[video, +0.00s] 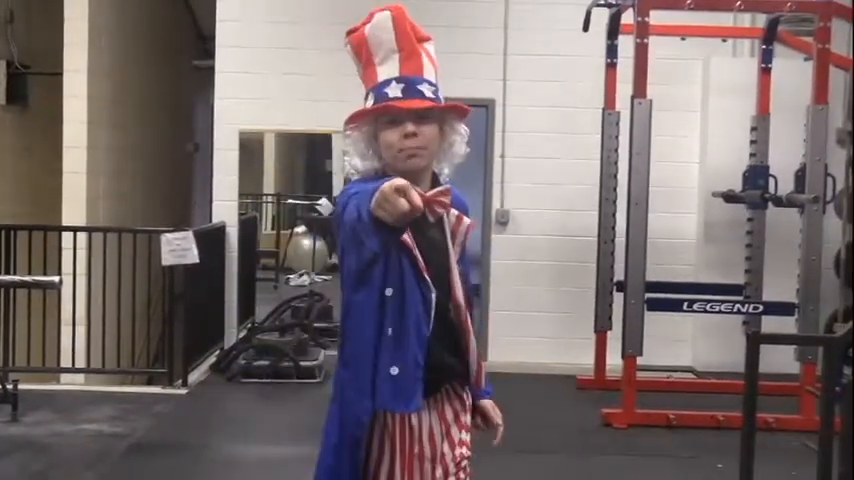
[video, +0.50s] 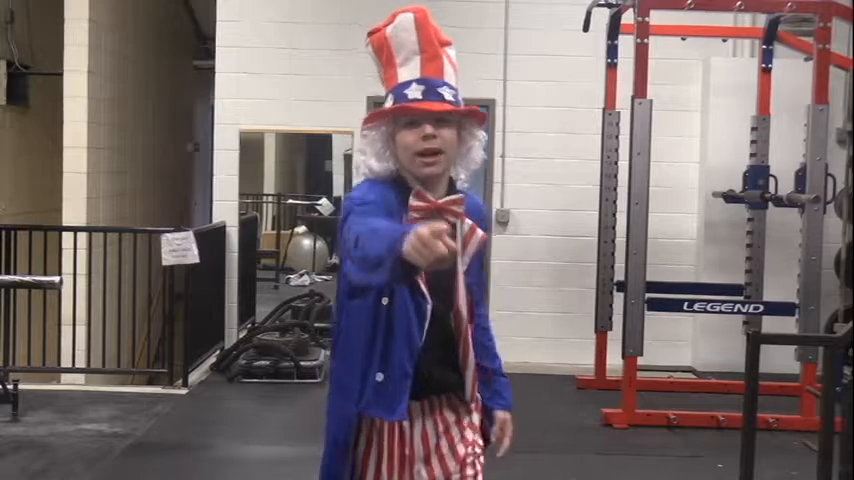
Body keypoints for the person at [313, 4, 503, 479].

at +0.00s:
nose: (409, 133)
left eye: (423, 120)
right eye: (392, 123)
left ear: (444, 132)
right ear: (372, 138)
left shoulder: (452, 206)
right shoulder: (359, 196)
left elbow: (462, 306)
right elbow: (360, 207)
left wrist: (478, 390)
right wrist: (385, 205)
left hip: (450, 404)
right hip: (389, 410)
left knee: (452, 473)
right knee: (392, 473)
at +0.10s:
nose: (410, 133)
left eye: (423, 120)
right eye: (393, 123)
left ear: (444, 132)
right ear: (373, 139)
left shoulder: (453, 206)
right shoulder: (359, 196)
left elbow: (464, 305)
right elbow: (356, 210)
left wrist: (477, 392)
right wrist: (381, 206)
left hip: (449, 402)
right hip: (387, 407)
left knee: (452, 474)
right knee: (391, 474)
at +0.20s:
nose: (411, 133)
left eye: (425, 120)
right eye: (394, 122)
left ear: (446, 132)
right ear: (374, 137)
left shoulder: (453, 207)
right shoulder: (360, 194)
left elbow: (466, 301)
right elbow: (357, 206)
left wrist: (474, 388)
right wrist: (380, 204)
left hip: (449, 397)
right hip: (389, 404)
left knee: (452, 472)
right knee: (395, 473)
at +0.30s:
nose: (412, 133)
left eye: (427, 121)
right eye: (396, 122)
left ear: (447, 134)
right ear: (375, 137)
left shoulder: (450, 206)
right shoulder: (358, 196)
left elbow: (461, 301)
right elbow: (358, 206)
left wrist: (475, 385)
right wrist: (381, 206)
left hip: (448, 402)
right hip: (386, 410)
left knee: (453, 473)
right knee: (388, 473)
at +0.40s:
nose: (417, 133)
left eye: (431, 121)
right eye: (400, 122)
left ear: (451, 136)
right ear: (378, 139)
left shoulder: (459, 208)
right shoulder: (361, 199)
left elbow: (467, 302)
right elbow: (361, 212)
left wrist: (483, 385)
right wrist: (387, 213)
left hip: (449, 406)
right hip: (382, 412)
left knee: (456, 473)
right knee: (384, 474)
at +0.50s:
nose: (428, 133)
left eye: (442, 121)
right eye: (411, 123)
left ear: (462, 136)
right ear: (389, 140)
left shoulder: (472, 211)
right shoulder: (370, 201)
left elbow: (475, 313)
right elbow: (363, 241)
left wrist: (497, 395)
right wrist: (405, 244)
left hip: (453, 413)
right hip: (384, 417)